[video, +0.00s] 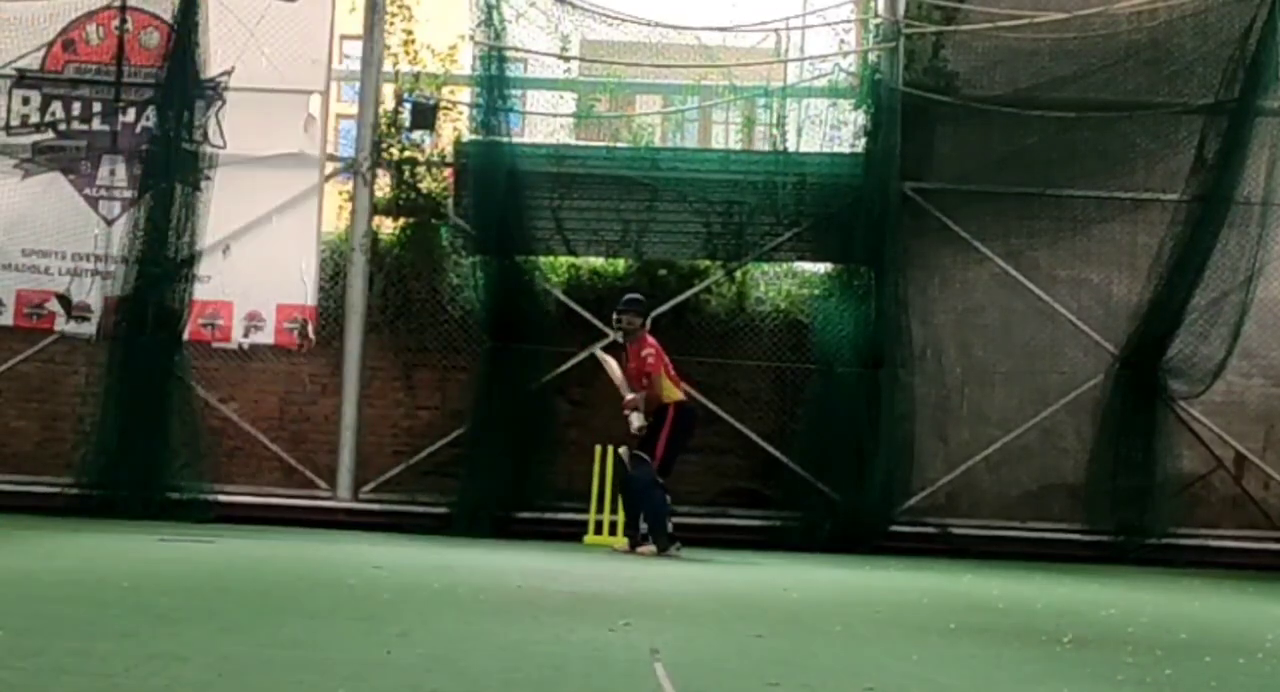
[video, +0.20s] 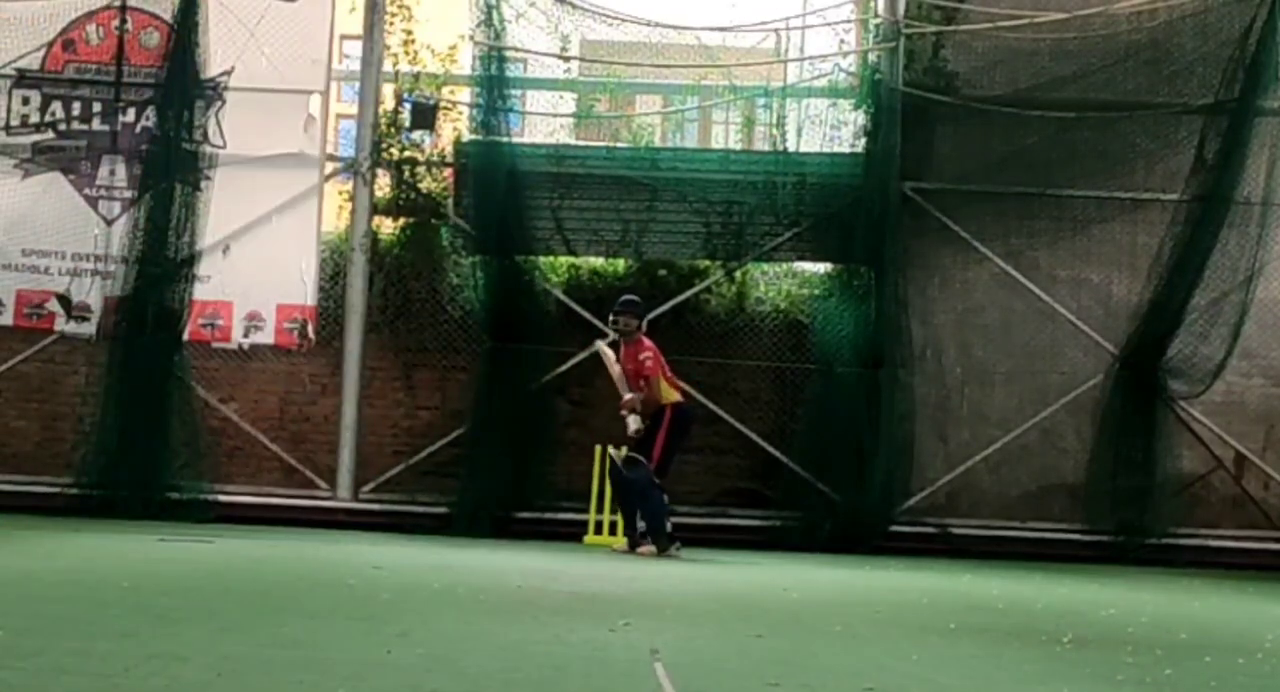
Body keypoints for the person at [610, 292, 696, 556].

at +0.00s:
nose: (626, 322)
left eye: (632, 317)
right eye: (622, 316)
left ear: (643, 321)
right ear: (617, 319)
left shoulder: (648, 349)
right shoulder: (631, 346)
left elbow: (656, 391)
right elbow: (634, 385)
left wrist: (639, 404)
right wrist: (635, 411)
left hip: (674, 405)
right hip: (657, 405)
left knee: (652, 469)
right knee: (638, 465)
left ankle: (662, 538)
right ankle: (639, 535)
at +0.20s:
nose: (623, 323)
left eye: (630, 318)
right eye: (619, 317)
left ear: (639, 322)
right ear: (614, 321)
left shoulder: (645, 351)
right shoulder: (625, 348)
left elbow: (655, 393)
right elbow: (628, 385)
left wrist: (635, 400)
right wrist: (632, 415)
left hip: (672, 406)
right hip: (653, 407)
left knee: (649, 470)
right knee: (632, 466)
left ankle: (661, 538)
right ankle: (638, 535)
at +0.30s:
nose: (622, 325)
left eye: (628, 320)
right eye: (617, 319)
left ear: (637, 324)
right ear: (611, 323)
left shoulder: (641, 353)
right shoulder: (621, 351)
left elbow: (651, 395)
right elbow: (622, 387)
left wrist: (633, 401)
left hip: (670, 407)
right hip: (650, 408)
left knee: (646, 471)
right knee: (632, 465)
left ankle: (660, 538)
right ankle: (640, 534)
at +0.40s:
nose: (617, 329)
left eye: (623, 324)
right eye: (613, 324)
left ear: (632, 328)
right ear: (607, 326)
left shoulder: (637, 356)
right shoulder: (617, 353)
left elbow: (647, 399)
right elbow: (619, 385)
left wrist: (628, 404)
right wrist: (624, 407)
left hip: (667, 409)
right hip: (648, 409)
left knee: (642, 471)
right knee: (627, 465)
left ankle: (661, 539)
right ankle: (611, 532)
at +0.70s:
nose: (594, 335)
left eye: (600, 330)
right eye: (589, 330)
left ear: (609, 333)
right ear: (584, 333)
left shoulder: (620, 360)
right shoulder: (596, 356)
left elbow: (625, 409)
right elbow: (604, 384)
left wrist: (609, 398)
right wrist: (605, 398)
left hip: (651, 405)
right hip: (630, 405)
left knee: (622, 465)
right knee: (609, 463)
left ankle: (642, 530)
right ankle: (598, 533)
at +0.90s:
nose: (584, 345)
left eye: (589, 340)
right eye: (580, 340)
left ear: (599, 342)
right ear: (574, 342)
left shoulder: (609, 367)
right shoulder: (584, 357)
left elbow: (611, 409)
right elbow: (563, 332)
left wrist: (596, 403)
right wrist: (545, 306)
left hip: (643, 405)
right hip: (623, 404)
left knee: (616, 462)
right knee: (606, 461)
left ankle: (601, 526)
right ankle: (607, 530)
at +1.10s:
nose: (571, 364)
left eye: (575, 358)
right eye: (566, 359)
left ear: (586, 351)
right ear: (561, 354)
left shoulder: (602, 364)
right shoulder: (571, 367)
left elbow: (592, 402)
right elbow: (570, 393)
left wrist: (573, 408)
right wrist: (563, 414)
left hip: (636, 413)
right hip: (608, 416)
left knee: (620, 468)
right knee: (601, 470)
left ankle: (600, 529)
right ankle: (610, 532)